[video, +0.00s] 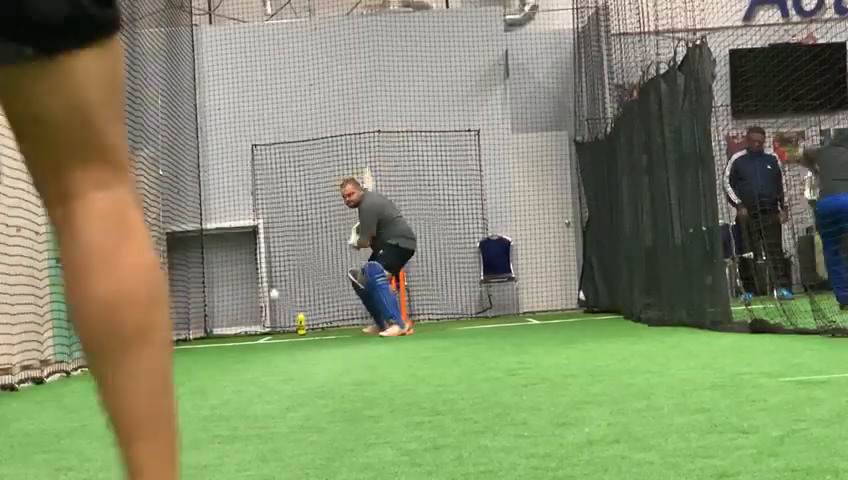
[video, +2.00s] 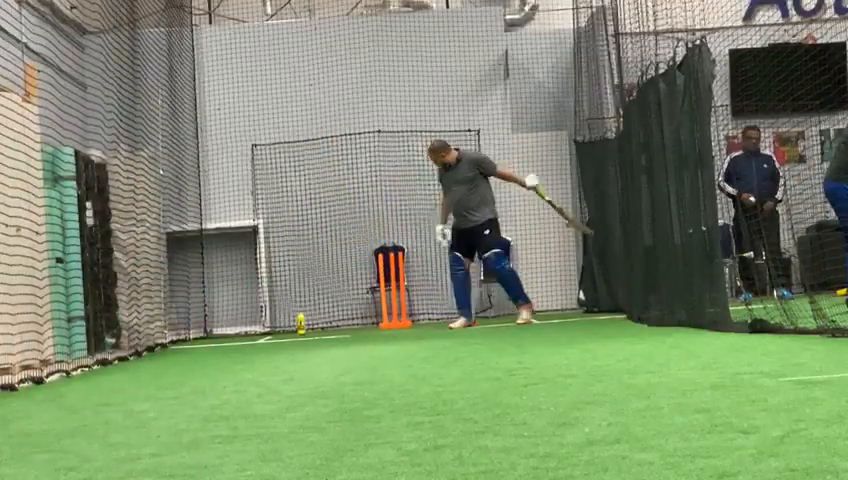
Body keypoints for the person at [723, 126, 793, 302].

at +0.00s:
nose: (757, 145)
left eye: (760, 141)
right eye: (754, 141)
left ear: (764, 142)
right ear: (747, 142)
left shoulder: (772, 159)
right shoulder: (737, 159)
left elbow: (780, 184)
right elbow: (726, 183)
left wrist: (783, 206)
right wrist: (738, 205)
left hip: (771, 210)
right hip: (748, 212)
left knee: (775, 249)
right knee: (747, 251)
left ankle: (781, 286)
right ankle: (749, 290)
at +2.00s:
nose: (754, 142)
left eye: (757, 139)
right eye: (750, 139)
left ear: (760, 140)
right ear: (742, 140)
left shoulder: (769, 158)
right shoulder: (733, 159)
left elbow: (780, 181)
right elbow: (721, 182)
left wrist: (774, 200)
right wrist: (739, 195)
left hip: (767, 209)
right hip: (744, 210)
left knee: (773, 247)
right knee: (746, 250)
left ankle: (778, 285)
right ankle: (749, 289)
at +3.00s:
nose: (755, 142)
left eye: (758, 139)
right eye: (751, 138)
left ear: (762, 141)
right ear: (744, 140)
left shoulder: (769, 159)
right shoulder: (735, 159)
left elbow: (777, 185)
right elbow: (721, 181)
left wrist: (781, 207)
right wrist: (735, 178)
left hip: (768, 211)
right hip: (744, 212)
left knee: (774, 248)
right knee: (746, 252)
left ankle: (779, 286)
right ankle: (748, 289)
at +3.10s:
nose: (755, 142)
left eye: (759, 139)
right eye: (752, 138)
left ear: (762, 142)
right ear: (744, 140)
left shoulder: (769, 160)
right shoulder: (736, 160)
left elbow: (777, 186)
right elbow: (724, 178)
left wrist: (781, 207)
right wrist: (710, 179)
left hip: (768, 211)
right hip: (744, 212)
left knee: (774, 248)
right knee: (746, 251)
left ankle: (779, 286)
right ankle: (748, 289)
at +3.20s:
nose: (754, 142)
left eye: (758, 139)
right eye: (751, 138)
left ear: (762, 142)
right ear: (744, 140)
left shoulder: (769, 160)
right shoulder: (735, 161)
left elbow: (777, 186)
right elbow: (717, 174)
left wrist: (781, 207)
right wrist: (705, 167)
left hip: (768, 211)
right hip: (744, 212)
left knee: (774, 248)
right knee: (745, 251)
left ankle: (780, 286)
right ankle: (749, 289)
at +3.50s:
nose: (756, 143)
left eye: (759, 141)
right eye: (752, 140)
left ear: (763, 142)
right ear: (745, 140)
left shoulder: (768, 160)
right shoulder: (735, 159)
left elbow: (781, 180)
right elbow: (713, 170)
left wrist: (779, 192)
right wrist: (727, 155)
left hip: (767, 210)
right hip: (744, 211)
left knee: (773, 247)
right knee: (744, 250)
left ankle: (779, 286)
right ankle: (749, 289)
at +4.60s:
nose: (759, 144)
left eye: (762, 141)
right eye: (755, 140)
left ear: (765, 141)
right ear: (749, 141)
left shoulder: (772, 158)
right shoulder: (740, 157)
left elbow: (780, 182)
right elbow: (731, 172)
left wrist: (786, 203)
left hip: (770, 209)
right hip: (748, 210)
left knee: (775, 247)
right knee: (746, 250)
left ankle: (781, 286)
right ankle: (749, 289)